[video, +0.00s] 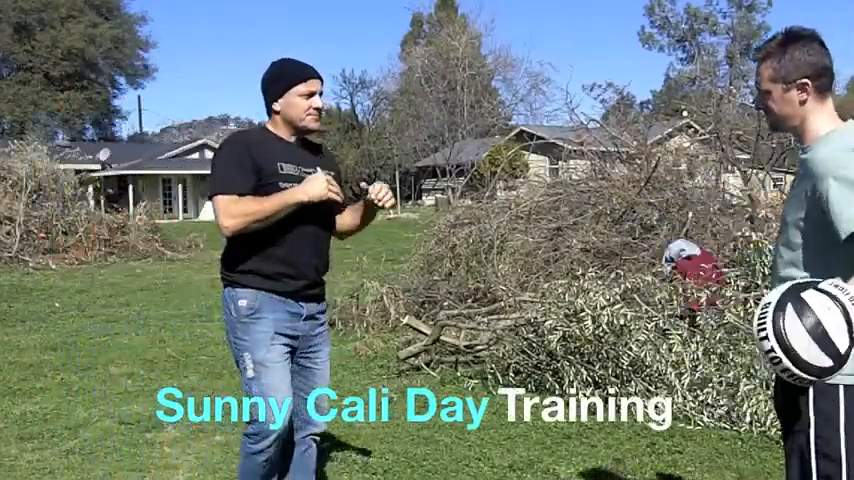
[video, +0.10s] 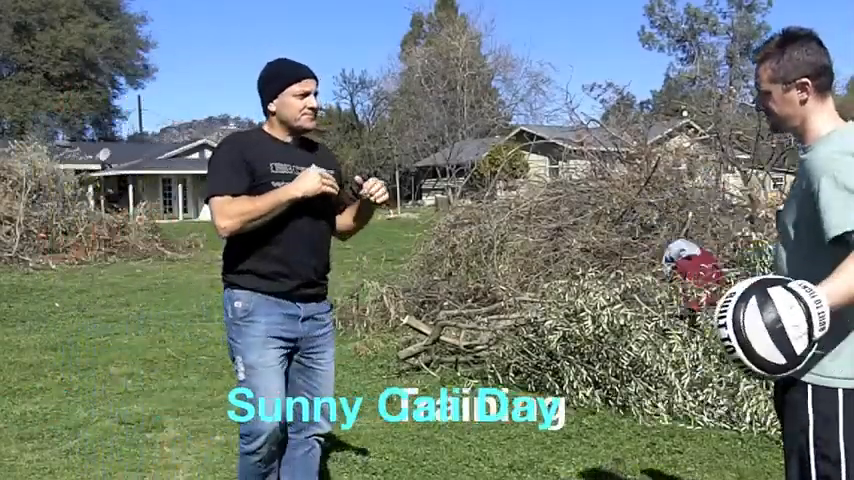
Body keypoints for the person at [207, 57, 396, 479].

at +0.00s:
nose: (318, 104)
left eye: (319, 95)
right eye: (307, 96)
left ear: (319, 99)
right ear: (277, 101)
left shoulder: (320, 158)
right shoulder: (241, 146)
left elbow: (341, 225)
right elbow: (229, 218)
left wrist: (369, 204)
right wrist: (299, 194)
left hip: (311, 306)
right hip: (257, 303)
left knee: (310, 423)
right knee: (272, 421)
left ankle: (300, 478)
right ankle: (254, 476)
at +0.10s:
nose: (313, 103)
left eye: (315, 95)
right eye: (302, 96)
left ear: (316, 98)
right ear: (272, 102)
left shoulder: (323, 157)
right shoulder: (237, 148)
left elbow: (342, 227)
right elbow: (226, 220)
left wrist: (366, 203)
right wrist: (294, 190)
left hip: (315, 309)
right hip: (257, 308)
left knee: (312, 426)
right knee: (266, 427)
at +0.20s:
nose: (310, 104)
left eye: (312, 95)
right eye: (299, 97)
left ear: (314, 98)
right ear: (269, 102)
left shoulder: (322, 157)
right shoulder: (235, 149)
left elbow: (342, 228)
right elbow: (223, 221)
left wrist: (364, 205)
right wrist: (291, 190)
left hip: (316, 309)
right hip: (257, 308)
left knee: (315, 427)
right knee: (262, 433)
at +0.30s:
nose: (306, 105)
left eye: (308, 97)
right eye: (294, 98)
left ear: (310, 99)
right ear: (265, 105)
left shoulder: (320, 157)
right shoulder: (230, 154)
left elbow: (340, 228)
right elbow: (217, 227)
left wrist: (356, 215)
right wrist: (284, 195)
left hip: (318, 309)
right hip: (256, 310)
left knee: (326, 425)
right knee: (258, 432)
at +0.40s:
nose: (304, 106)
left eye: (306, 97)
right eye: (293, 99)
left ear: (308, 100)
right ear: (263, 106)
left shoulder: (320, 157)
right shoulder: (228, 156)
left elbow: (335, 225)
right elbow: (215, 229)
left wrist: (351, 220)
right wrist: (281, 197)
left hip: (319, 308)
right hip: (255, 310)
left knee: (336, 416)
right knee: (259, 427)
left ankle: (315, 477)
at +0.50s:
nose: (301, 109)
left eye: (303, 100)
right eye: (289, 102)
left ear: (306, 102)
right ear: (261, 109)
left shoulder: (319, 156)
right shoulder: (226, 160)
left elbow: (335, 214)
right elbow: (212, 235)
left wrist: (343, 222)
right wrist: (277, 204)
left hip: (322, 307)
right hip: (257, 311)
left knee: (358, 398)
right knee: (257, 430)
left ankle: (330, 476)